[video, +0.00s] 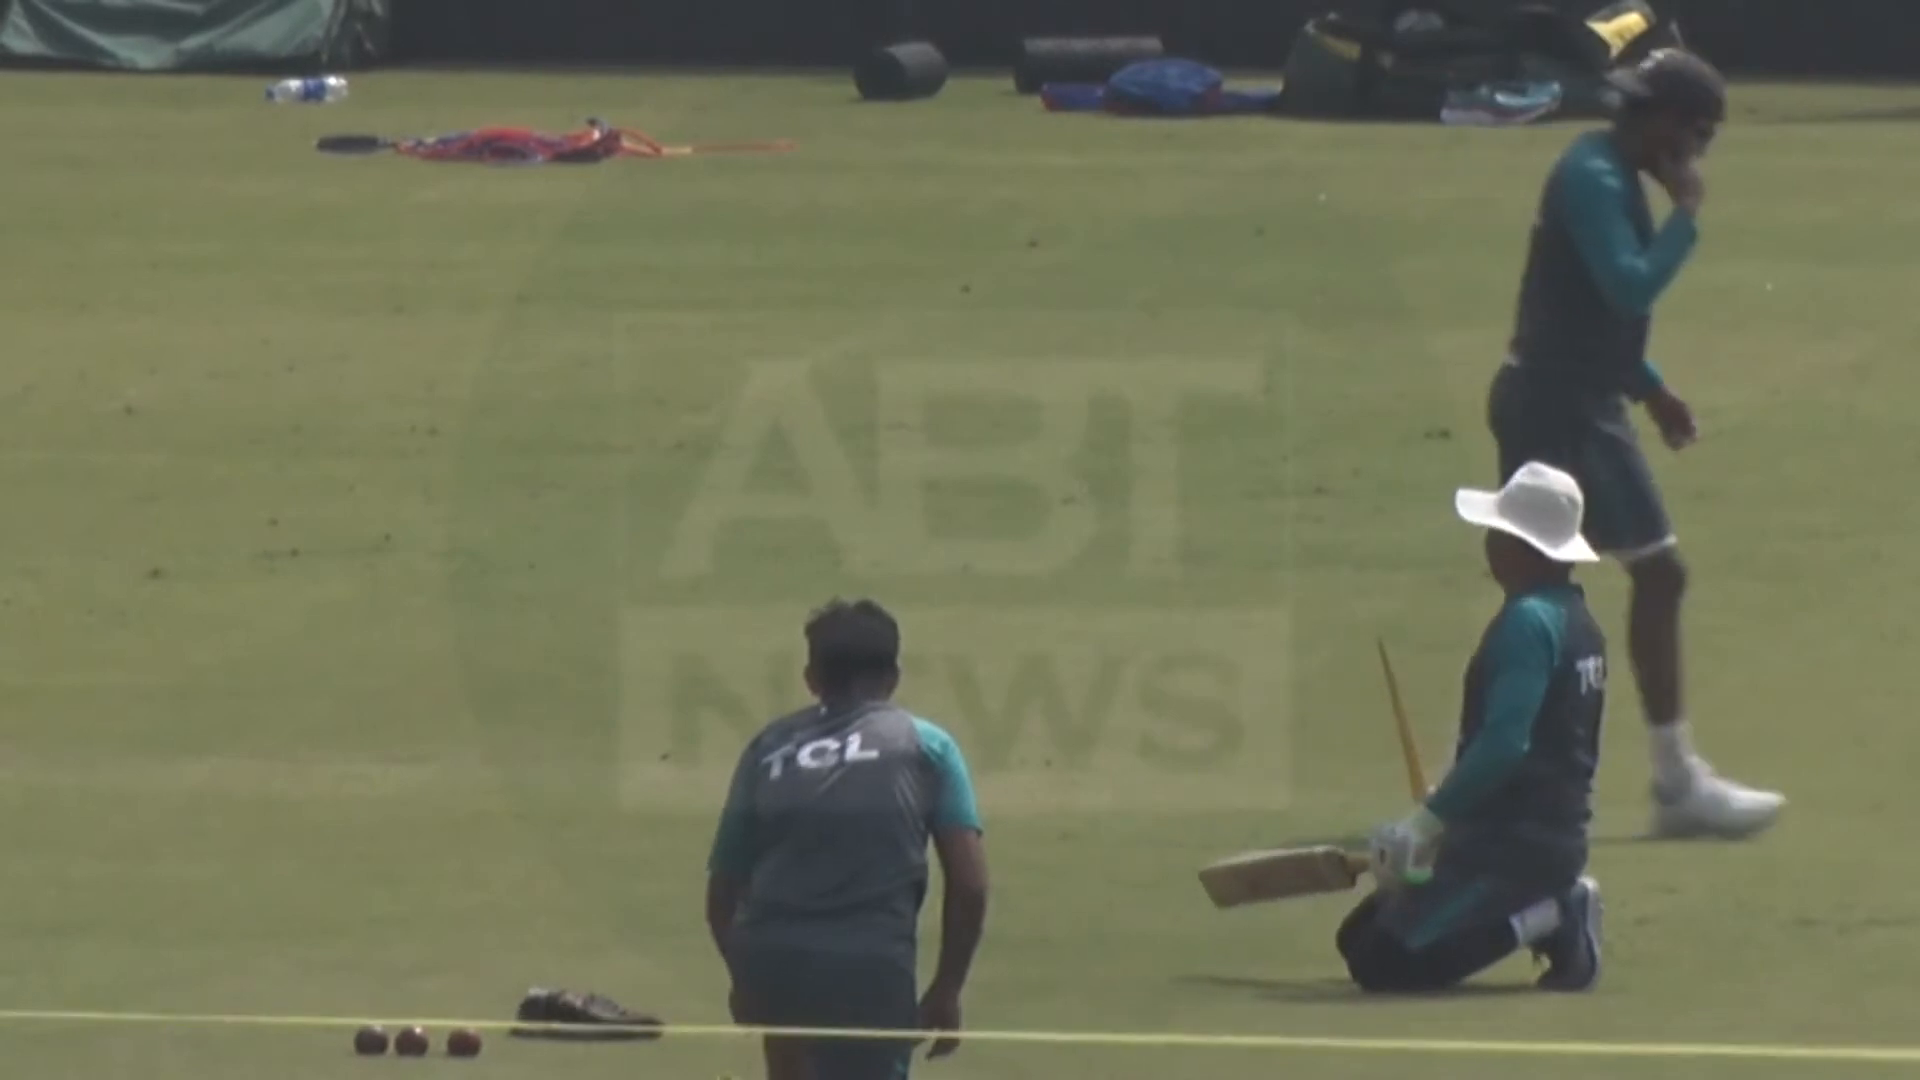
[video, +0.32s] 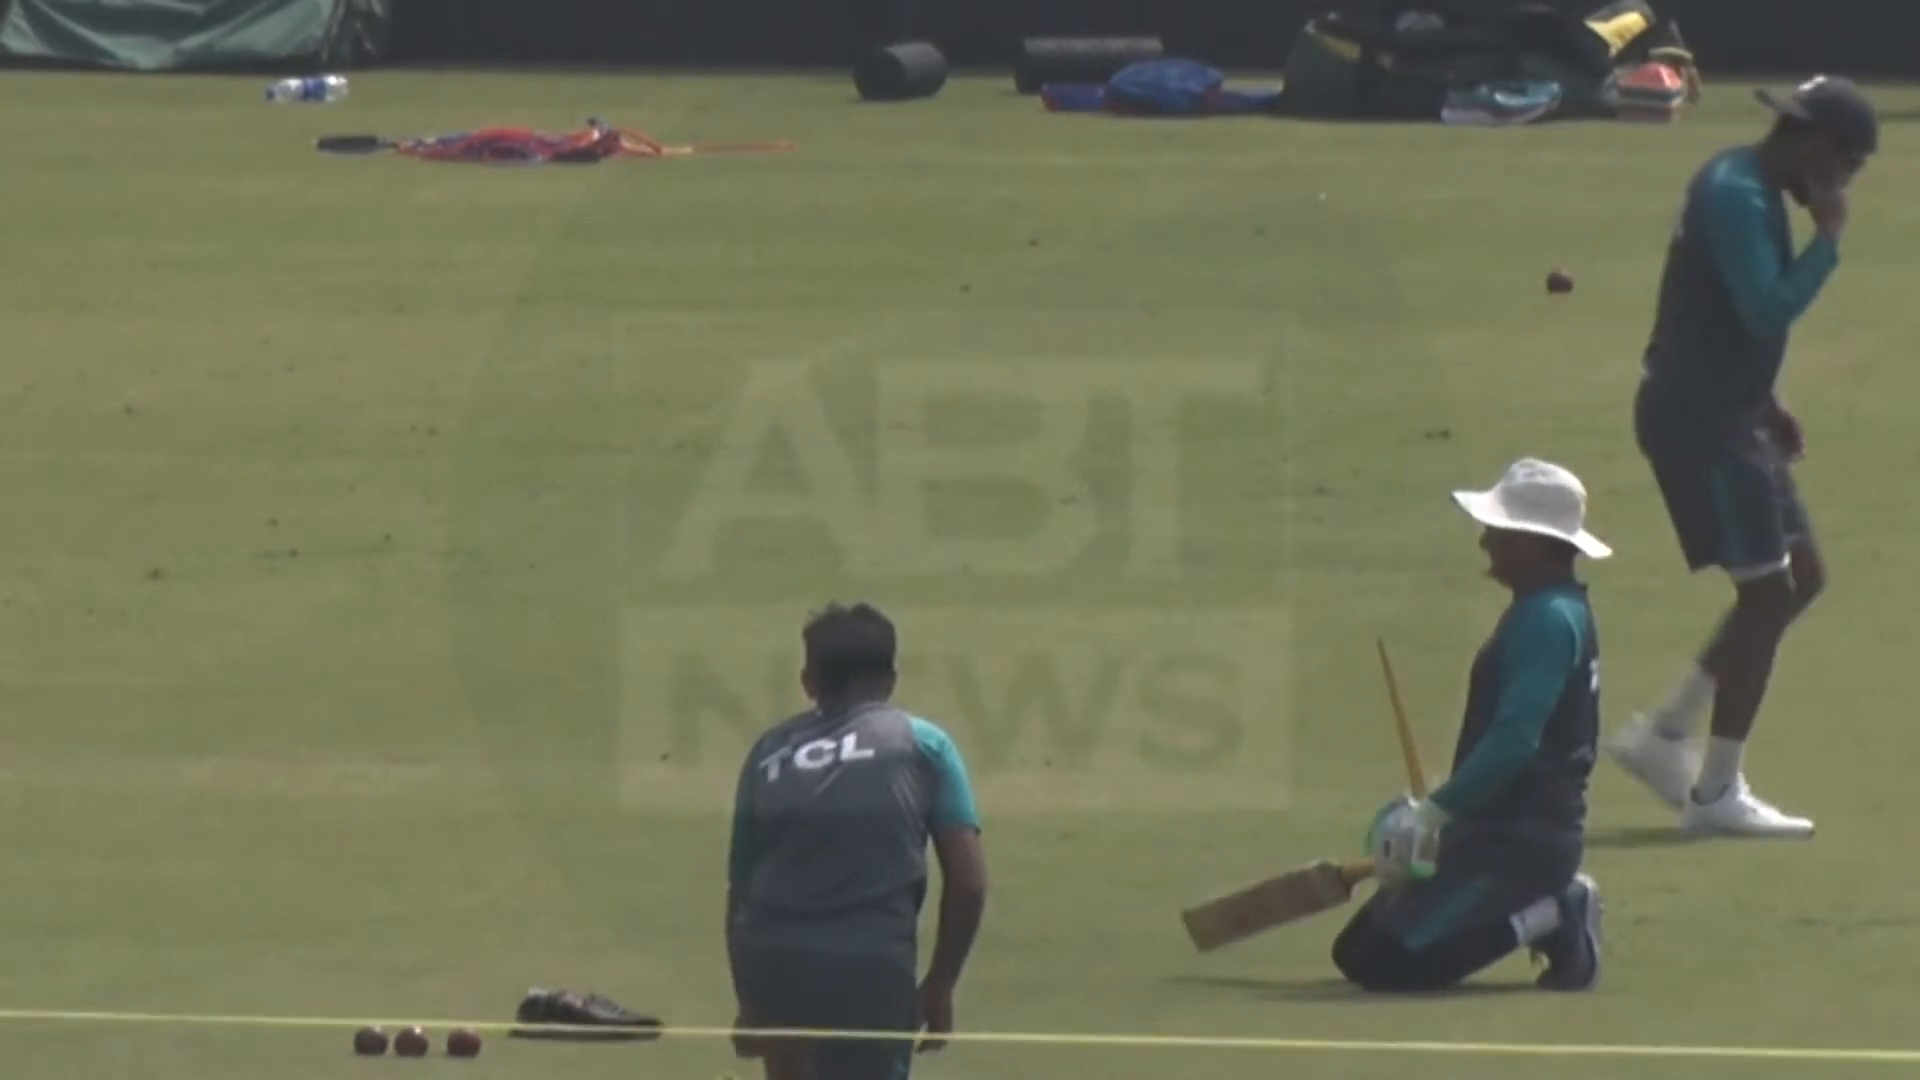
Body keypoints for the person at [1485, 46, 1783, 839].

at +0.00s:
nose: (1697, 155)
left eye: (1703, 142)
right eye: (1695, 138)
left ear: (1660, 124)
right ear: (1655, 122)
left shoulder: (1619, 179)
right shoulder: (1590, 177)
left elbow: (1600, 317)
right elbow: (1628, 291)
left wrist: (1653, 392)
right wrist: (1687, 214)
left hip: (1577, 400)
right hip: (1556, 405)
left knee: (1537, 589)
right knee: (1660, 573)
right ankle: (1679, 780)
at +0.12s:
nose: (1751, 172)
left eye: (1757, 159)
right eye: (1749, 154)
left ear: (1712, 136)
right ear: (1711, 134)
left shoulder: (1669, 191)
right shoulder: (1646, 192)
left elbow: (1644, 329)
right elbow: (1692, 302)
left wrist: (1687, 408)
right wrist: (1745, 234)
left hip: (1632, 418)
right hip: (1626, 422)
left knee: (1615, 605)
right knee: (1717, 594)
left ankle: (1507, 724)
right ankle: (1714, 790)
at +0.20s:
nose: (1786, 183)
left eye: (1792, 171)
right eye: (1784, 166)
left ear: (1744, 142)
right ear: (1750, 143)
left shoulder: (1697, 194)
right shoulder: (1684, 199)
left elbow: (1671, 335)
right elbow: (1730, 310)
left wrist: (1713, 414)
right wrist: (1782, 239)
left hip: (1662, 420)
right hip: (1662, 424)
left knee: (1702, 606)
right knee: (1747, 597)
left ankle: (1562, 710)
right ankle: (1717, 792)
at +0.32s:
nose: (1843, 180)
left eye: (1849, 169)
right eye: (1842, 164)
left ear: (1806, 143)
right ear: (1807, 143)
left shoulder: (1756, 192)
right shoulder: (1734, 194)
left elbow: (1727, 324)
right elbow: (1765, 313)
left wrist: (1764, 403)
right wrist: (1827, 240)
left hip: (1729, 410)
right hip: (1695, 414)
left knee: (1802, 576)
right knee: (1769, 593)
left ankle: (1664, 732)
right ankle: (1717, 789)